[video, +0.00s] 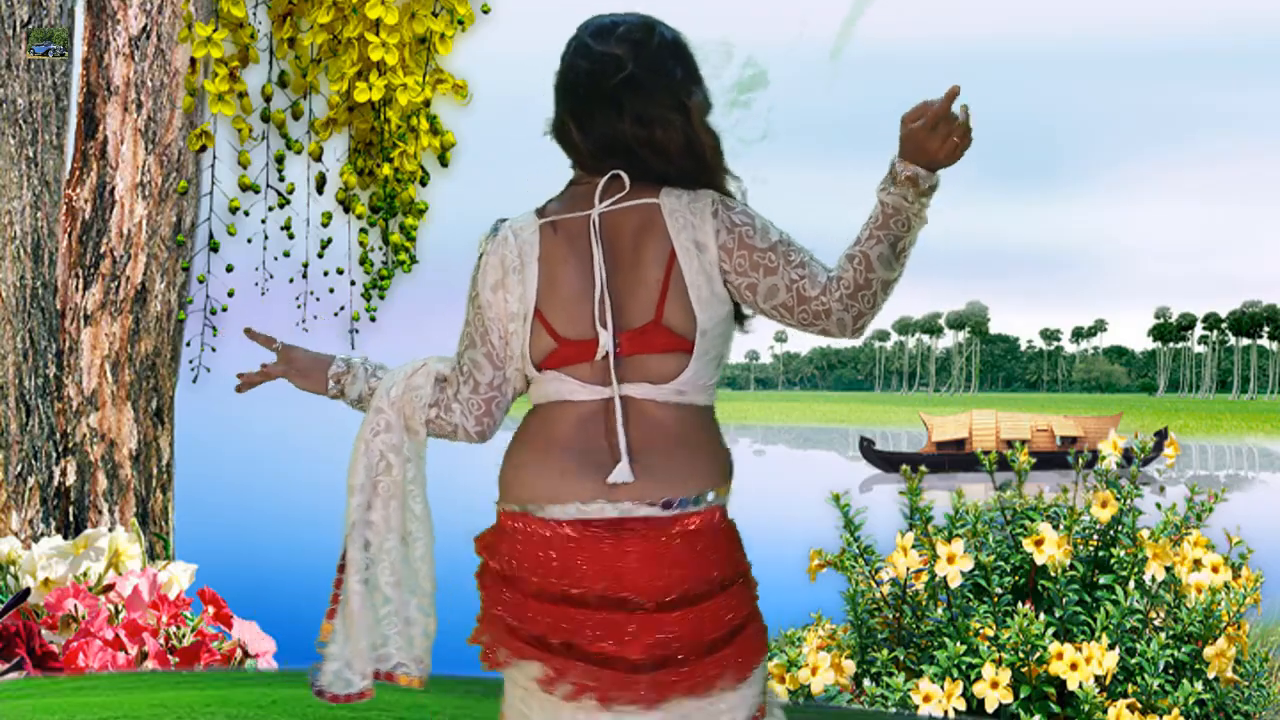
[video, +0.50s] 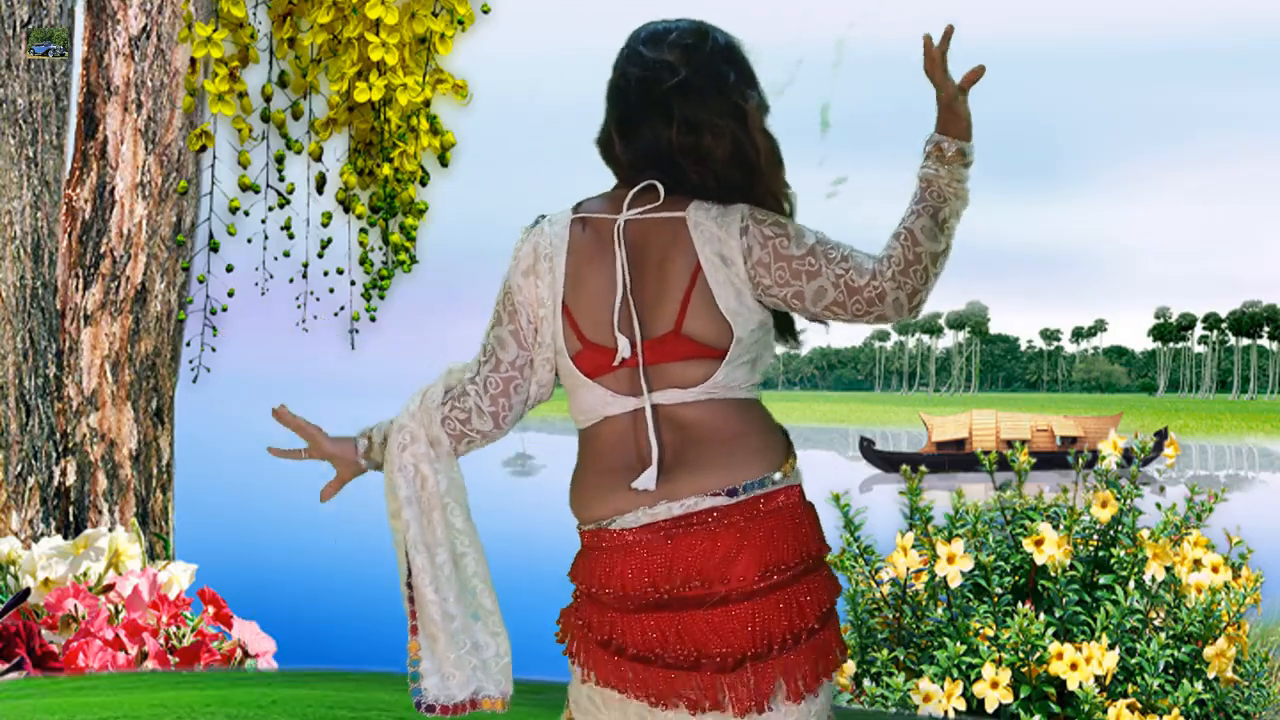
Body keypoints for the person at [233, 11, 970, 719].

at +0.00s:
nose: (705, 110)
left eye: (697, 89)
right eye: (696, 92)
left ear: (570, 115)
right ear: (678, 108)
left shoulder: (514, 243)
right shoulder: (711, 221)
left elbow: (469, 407)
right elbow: (844, 309)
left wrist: (331, 375)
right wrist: (913, 174)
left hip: (543, 522)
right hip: (684, 521)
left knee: (552, 693)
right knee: (710, 700)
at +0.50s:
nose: (758, 127)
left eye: (751, 105)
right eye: (749, 108)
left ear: (618, 123)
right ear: (729, 120)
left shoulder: (550, 246)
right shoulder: (739, 234)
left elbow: (492, 394)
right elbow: (892, 291)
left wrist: (370, 447)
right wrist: (949, 147)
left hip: (614, 524)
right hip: (750, 505)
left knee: (625, 698)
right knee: (778, 701)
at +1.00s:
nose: (756, 138)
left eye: (747, 113)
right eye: (744, 117)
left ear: (615, 137)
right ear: (723, 136)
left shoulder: (552, 256)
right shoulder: (718, 249)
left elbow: (479, 390)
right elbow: (880, 272)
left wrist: (374, 464)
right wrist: (937, 126)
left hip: (530, 562)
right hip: (654, 587)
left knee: (551, 695)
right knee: (771, 704)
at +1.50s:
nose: (726, 124)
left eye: (718, 103)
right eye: (716, 105)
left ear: (584, 125)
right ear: (691, 121)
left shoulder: (515, 247)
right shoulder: (702, 236)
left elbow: (452, 393)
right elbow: (867, 261)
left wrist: (342, 437)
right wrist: (949, 127)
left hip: (531, 547)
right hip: (662, 539)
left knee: (568, 703)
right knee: (713, 705)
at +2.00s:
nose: (709, 141)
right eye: (698, 123)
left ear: (574, 140)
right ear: (682, 135)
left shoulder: (511, 263)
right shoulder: (700, 249)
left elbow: (447, 407)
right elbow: (856, 284)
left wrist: (311, 468)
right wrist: (970, 167)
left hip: (540, 544)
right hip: (668, 532)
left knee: (588, 704)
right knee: (759, 699)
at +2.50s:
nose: (715, 130)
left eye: (704, 110)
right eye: (703, 111)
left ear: (577, 128)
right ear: (682, 124)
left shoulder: (513, 252)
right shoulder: (705, 239)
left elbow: (439, 397)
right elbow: (864, 284)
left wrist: (301, 467)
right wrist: (983, 178)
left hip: (564, 530)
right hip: (694, 517)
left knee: (592, 705)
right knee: (733, 703)